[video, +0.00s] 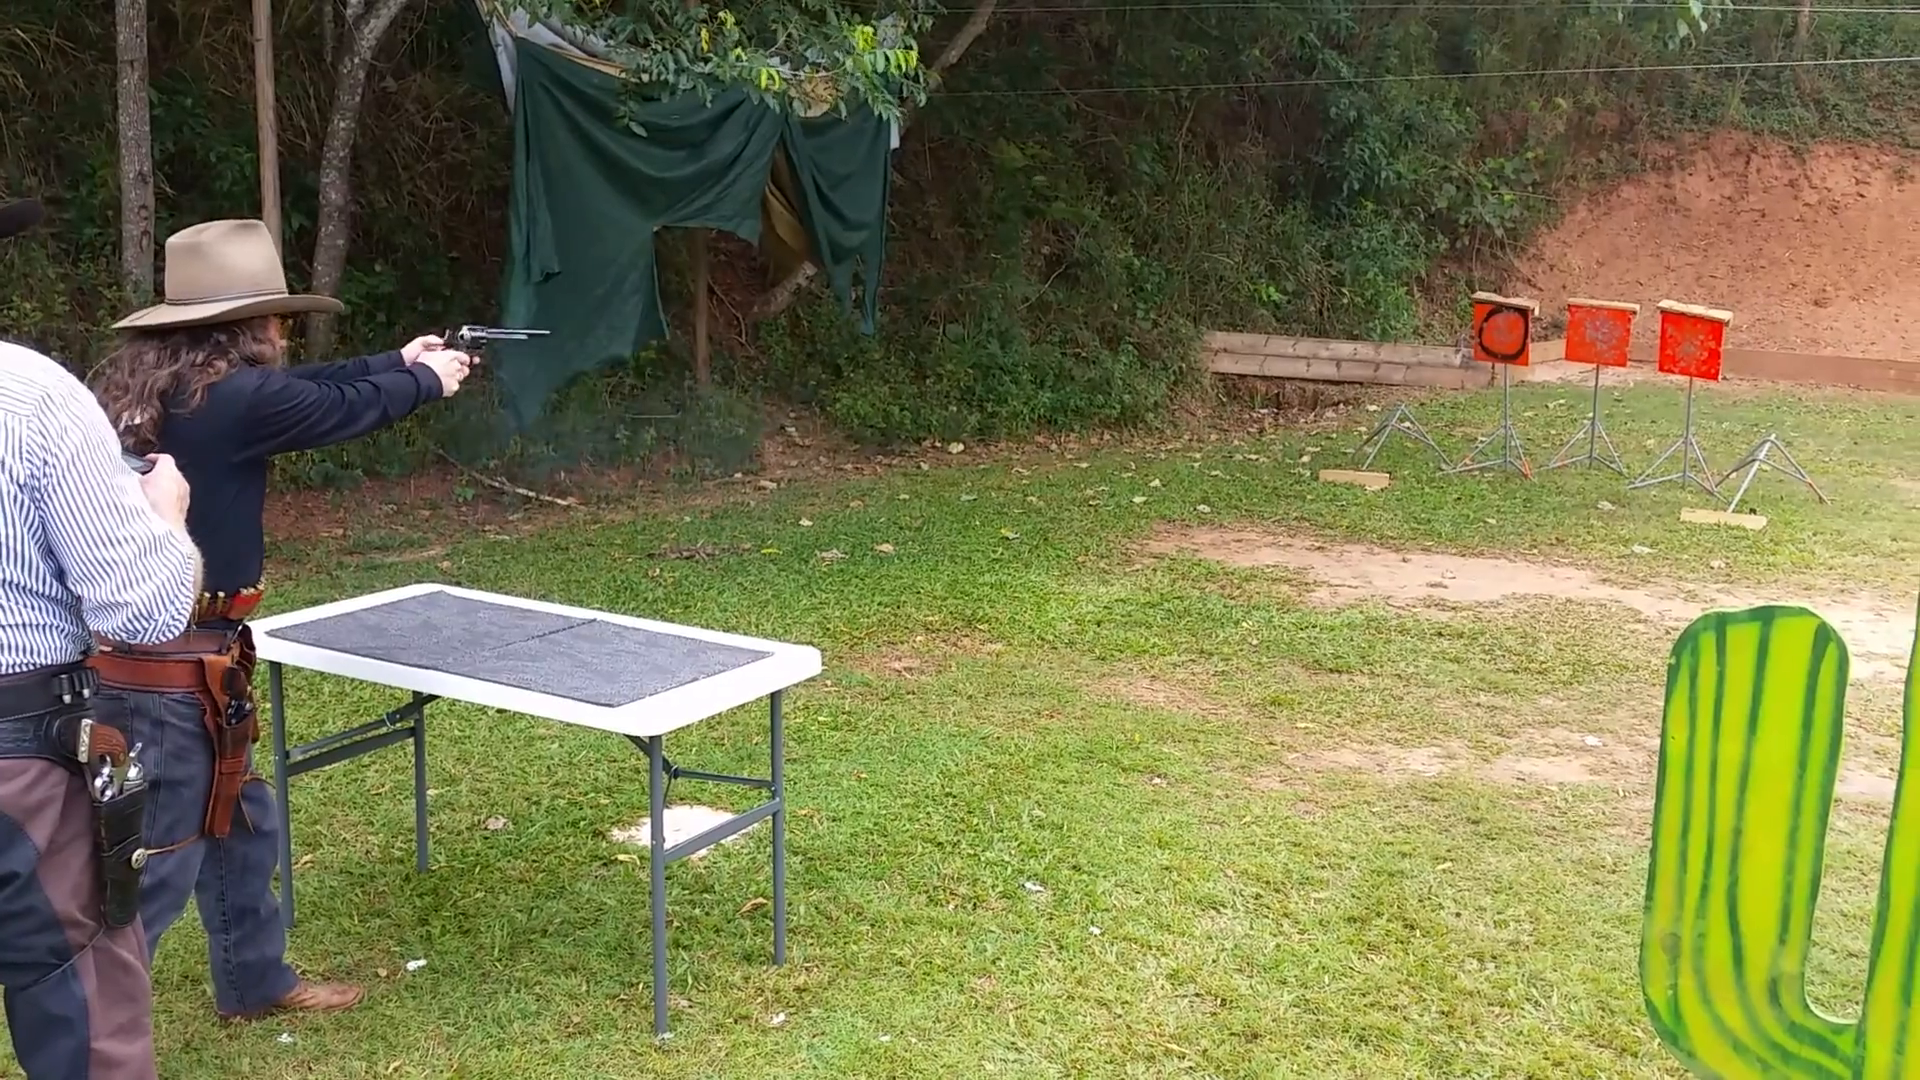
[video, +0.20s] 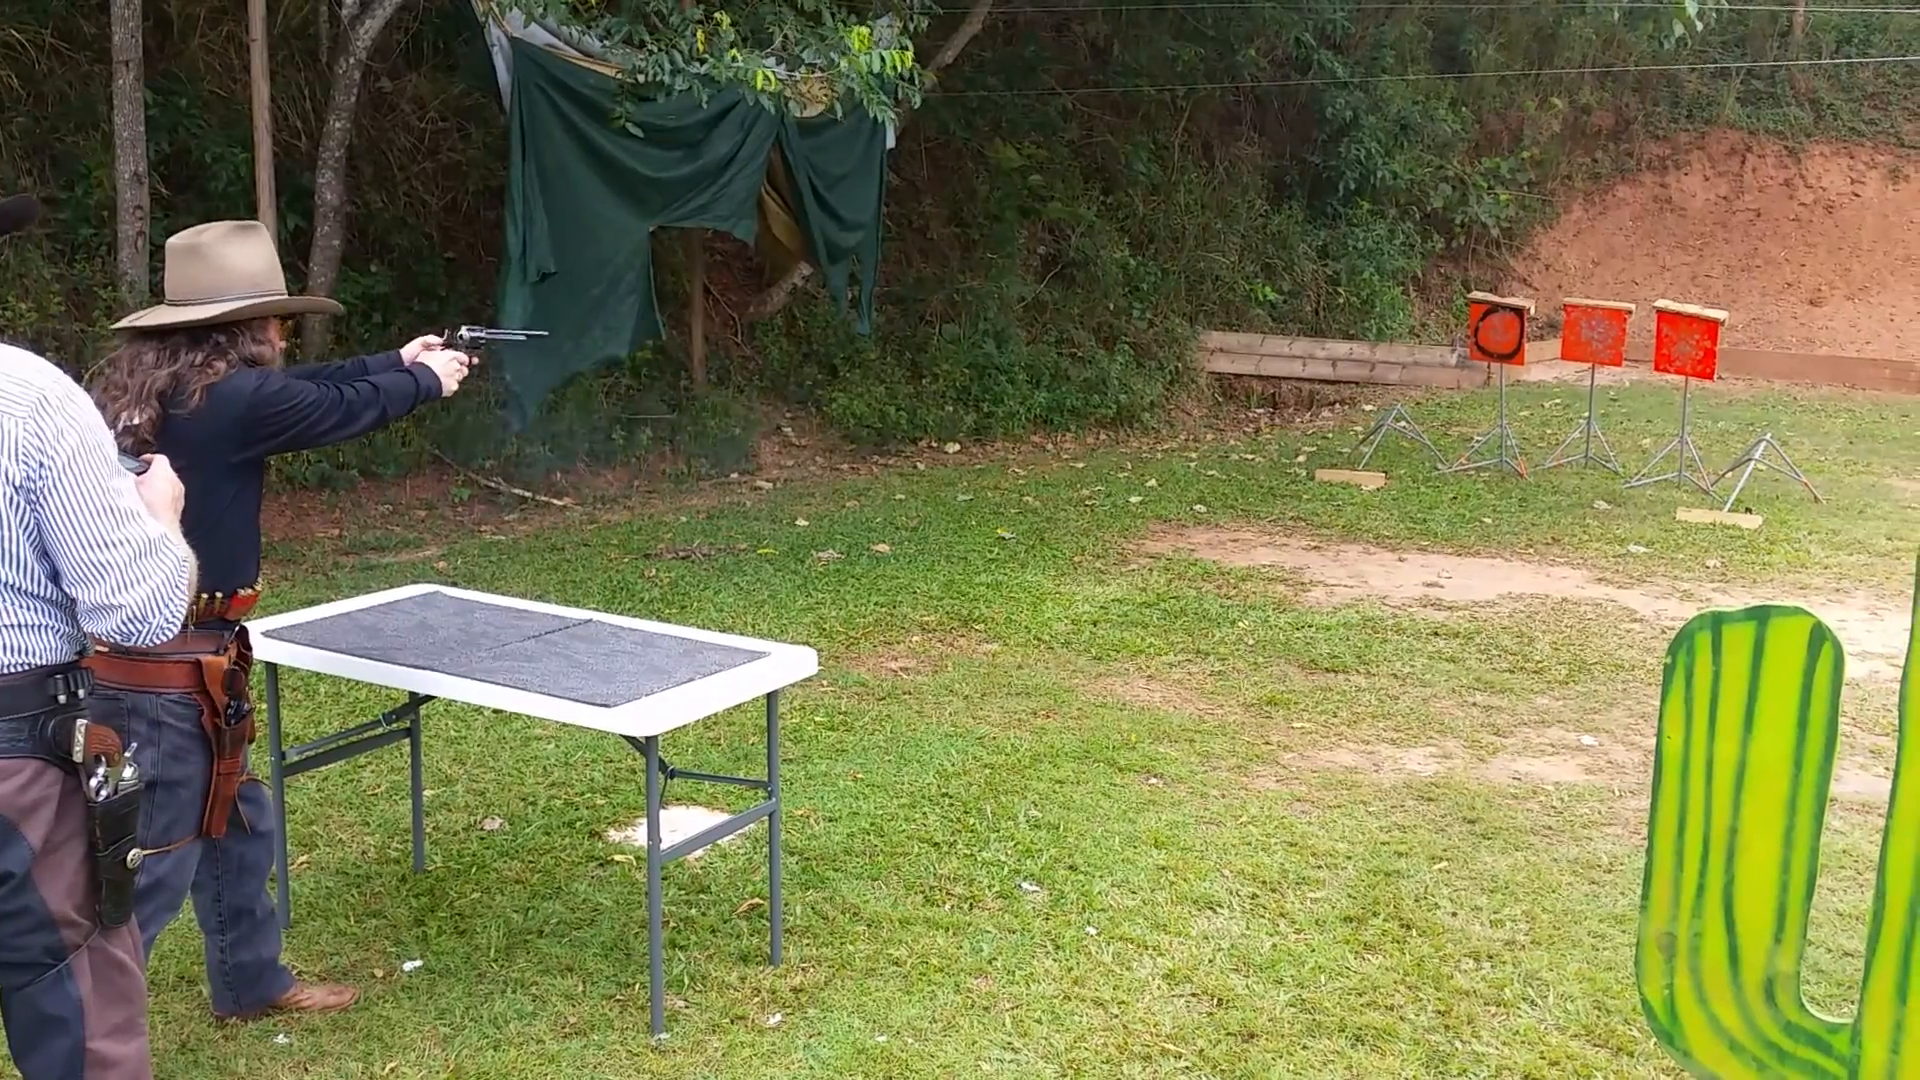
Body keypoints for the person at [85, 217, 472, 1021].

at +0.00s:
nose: (283, 335)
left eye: (280, 321)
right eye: (274, 321)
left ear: (193, 324)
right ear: (242, 325)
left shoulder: (146, 386)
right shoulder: (233, 398)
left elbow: (303, 391)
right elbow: (341, 410)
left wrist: (394, 363)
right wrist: (427, 382)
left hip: (132, 651)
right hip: (174, 665)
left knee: (245, 820)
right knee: (158, 863)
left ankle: (256, 985)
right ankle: (87, 1021)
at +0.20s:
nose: (284, 335)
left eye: (281, 322)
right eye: (276, 321)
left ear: (198, 325)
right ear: (242, 326)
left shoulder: (148, 384)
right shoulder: (231, 398)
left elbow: (303, 390)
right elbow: (337, 411)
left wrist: (396, 362)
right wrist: (426, 382)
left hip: (127, 653)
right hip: (171, 664)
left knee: (242, 817)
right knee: (152, 864)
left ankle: (251, 985)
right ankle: (83, 1016)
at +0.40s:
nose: (279, 334)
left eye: (275, 320)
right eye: (269, 320)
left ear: (193, 323)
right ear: (236, 324)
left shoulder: (145, 382)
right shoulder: (226, 397)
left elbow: (298, 386)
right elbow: (334, 413)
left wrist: (397, 356)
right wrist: (423, 383)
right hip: (171, 658)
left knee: (241, 817)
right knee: (153, 861)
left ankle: (250, 983)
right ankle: (79, 1012)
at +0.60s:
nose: (280, 337)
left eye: (276, 323)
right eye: (271, 323)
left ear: (194, 324)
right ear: (236, 327)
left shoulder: (143, 385)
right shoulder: (224, 398)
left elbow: (303, 388)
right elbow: (333, 413)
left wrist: (402, 360)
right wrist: (429, 384)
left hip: (128, 649)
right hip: (167, 662)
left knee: (238, 815)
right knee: (151, 861)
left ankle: (247, 983)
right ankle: (76, 1015)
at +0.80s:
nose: (280, 338)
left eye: (277, 324)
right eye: (272, 324)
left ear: (196, 324)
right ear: (237, 327)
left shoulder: (146, 381)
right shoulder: (223, 397)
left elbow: (299, 388)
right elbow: (333, 413)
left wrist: (401, 358)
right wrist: (426, 384)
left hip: (128, 643)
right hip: (168, 654)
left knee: (236, 814)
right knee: (149, 857)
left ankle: (245, 982)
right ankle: (74, 1016)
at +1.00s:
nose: (279, 338)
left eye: (276, 324)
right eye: (269, 323)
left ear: (192, 325)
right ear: (233, 328)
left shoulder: (141, 384)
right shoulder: (224, 399)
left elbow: (304, 391)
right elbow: (336, 414)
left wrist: (401, 364)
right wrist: (429, 386)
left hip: (125, 651)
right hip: (160, 663)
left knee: (235, 814)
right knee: (146, 864)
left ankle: (244, 982)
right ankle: (71, 1019)